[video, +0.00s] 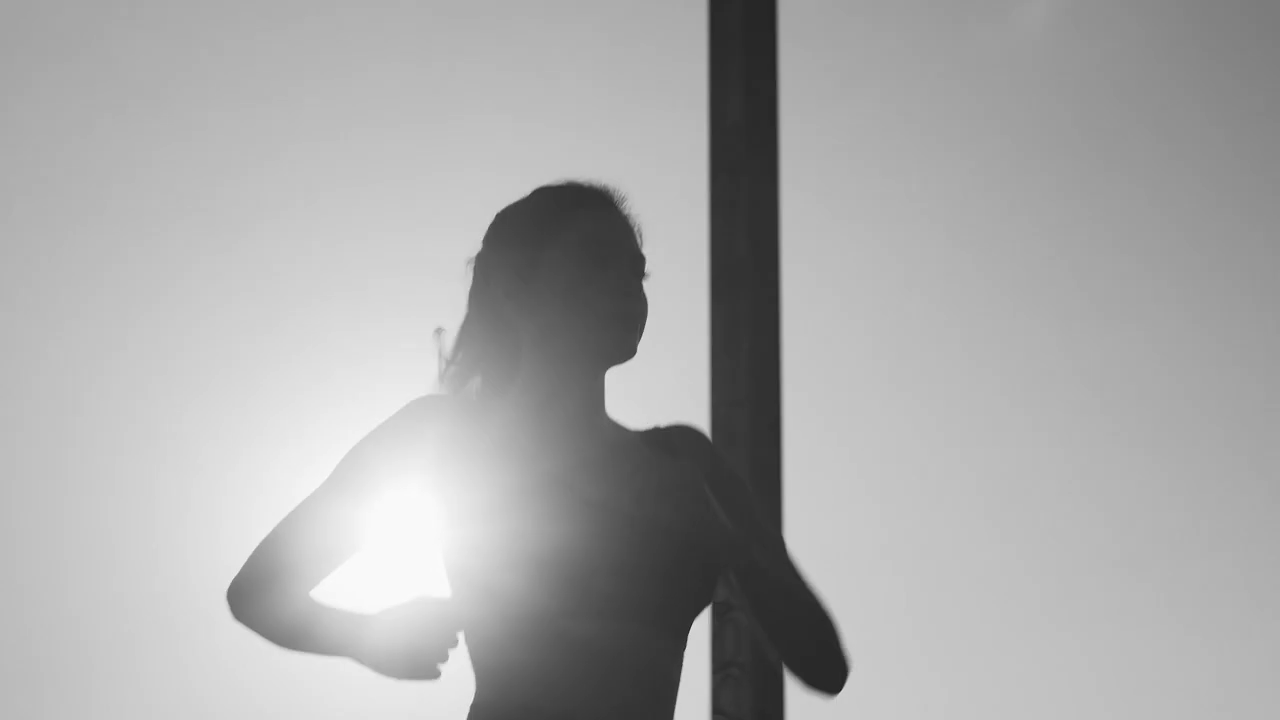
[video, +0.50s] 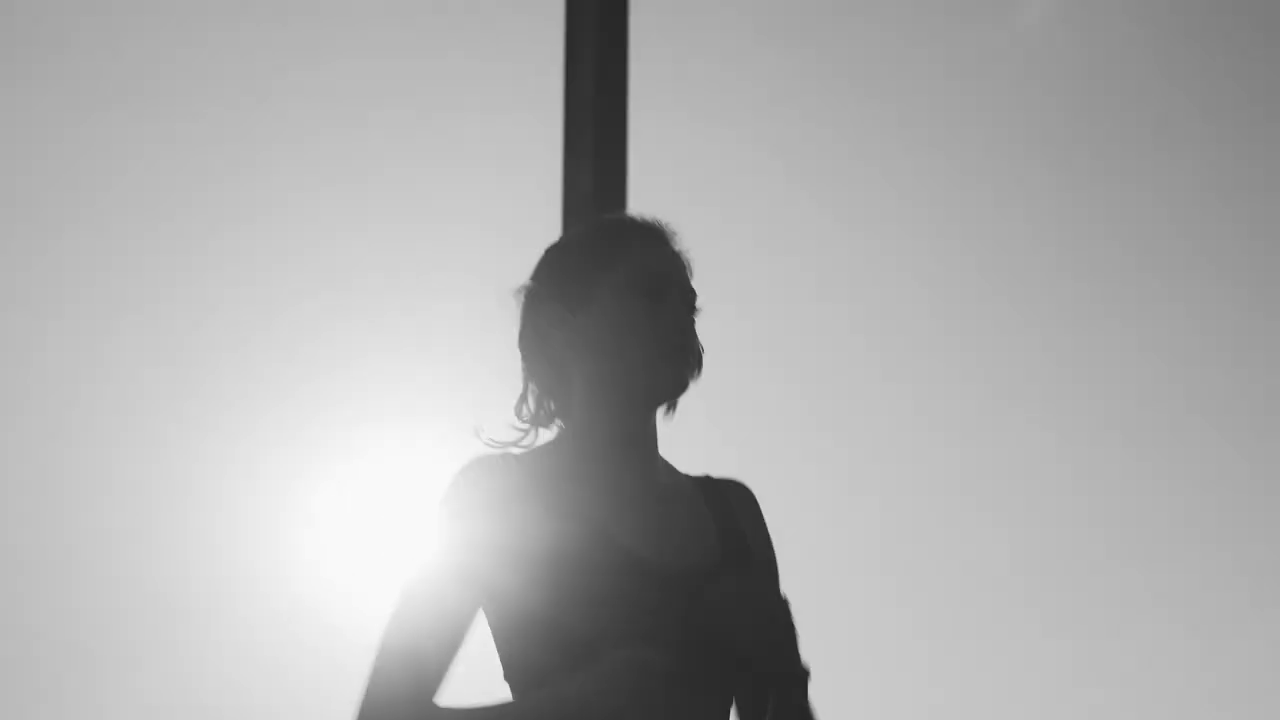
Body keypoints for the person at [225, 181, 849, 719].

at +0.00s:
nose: (641, 293)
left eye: (639, 270)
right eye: (615, 269)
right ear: (540, 286)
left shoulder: (679, 463)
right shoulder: (439, 434)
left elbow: (826, 668)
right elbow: (257, 593)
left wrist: (728, 534)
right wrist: (363, 635)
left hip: (637, 711)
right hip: (506, 710)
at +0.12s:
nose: (647, 286)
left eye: (646, 261)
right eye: (617, 260)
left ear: (644, 288)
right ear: (535, 280)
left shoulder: (688, 445)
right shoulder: (446, 424)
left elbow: (859, 630)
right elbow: (281, 588)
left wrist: (734, 471)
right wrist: (382, 616)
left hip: (663, 706)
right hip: (524, 705)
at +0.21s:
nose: (643, 278)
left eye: (647, 254)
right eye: (609, 251)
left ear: (652, 281)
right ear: (526, 277)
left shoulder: (695, 441)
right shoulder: (458, 425)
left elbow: (864, 635)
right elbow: (300, 603)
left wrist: (735, 480)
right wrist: (403, 623)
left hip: (673, 706)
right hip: (536, 705)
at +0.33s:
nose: (655, 302)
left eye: (661, 276)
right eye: (619, 275)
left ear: (671, 300)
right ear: (542, 303)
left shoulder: (713, 467)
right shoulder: (471, 450)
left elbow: (847, 685)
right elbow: (331, 655)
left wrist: (740, 519)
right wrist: (474, 657)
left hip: (677, 709)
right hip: (539, 714)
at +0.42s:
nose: (675, 329)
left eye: (668, 302)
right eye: (627, 299)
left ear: (675, 330)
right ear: (549, 328)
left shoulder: (722, 493)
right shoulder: (479, 476)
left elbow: (816, 699)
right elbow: (354, 694)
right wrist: (518, 686)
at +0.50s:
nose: (691, 341)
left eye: (690, 314)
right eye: (657, 307)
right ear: (556, 339)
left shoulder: (728, 510)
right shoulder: (495, 493)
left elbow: (781, 704)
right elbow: (395, 696)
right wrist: (519, 709)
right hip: (563, 708)